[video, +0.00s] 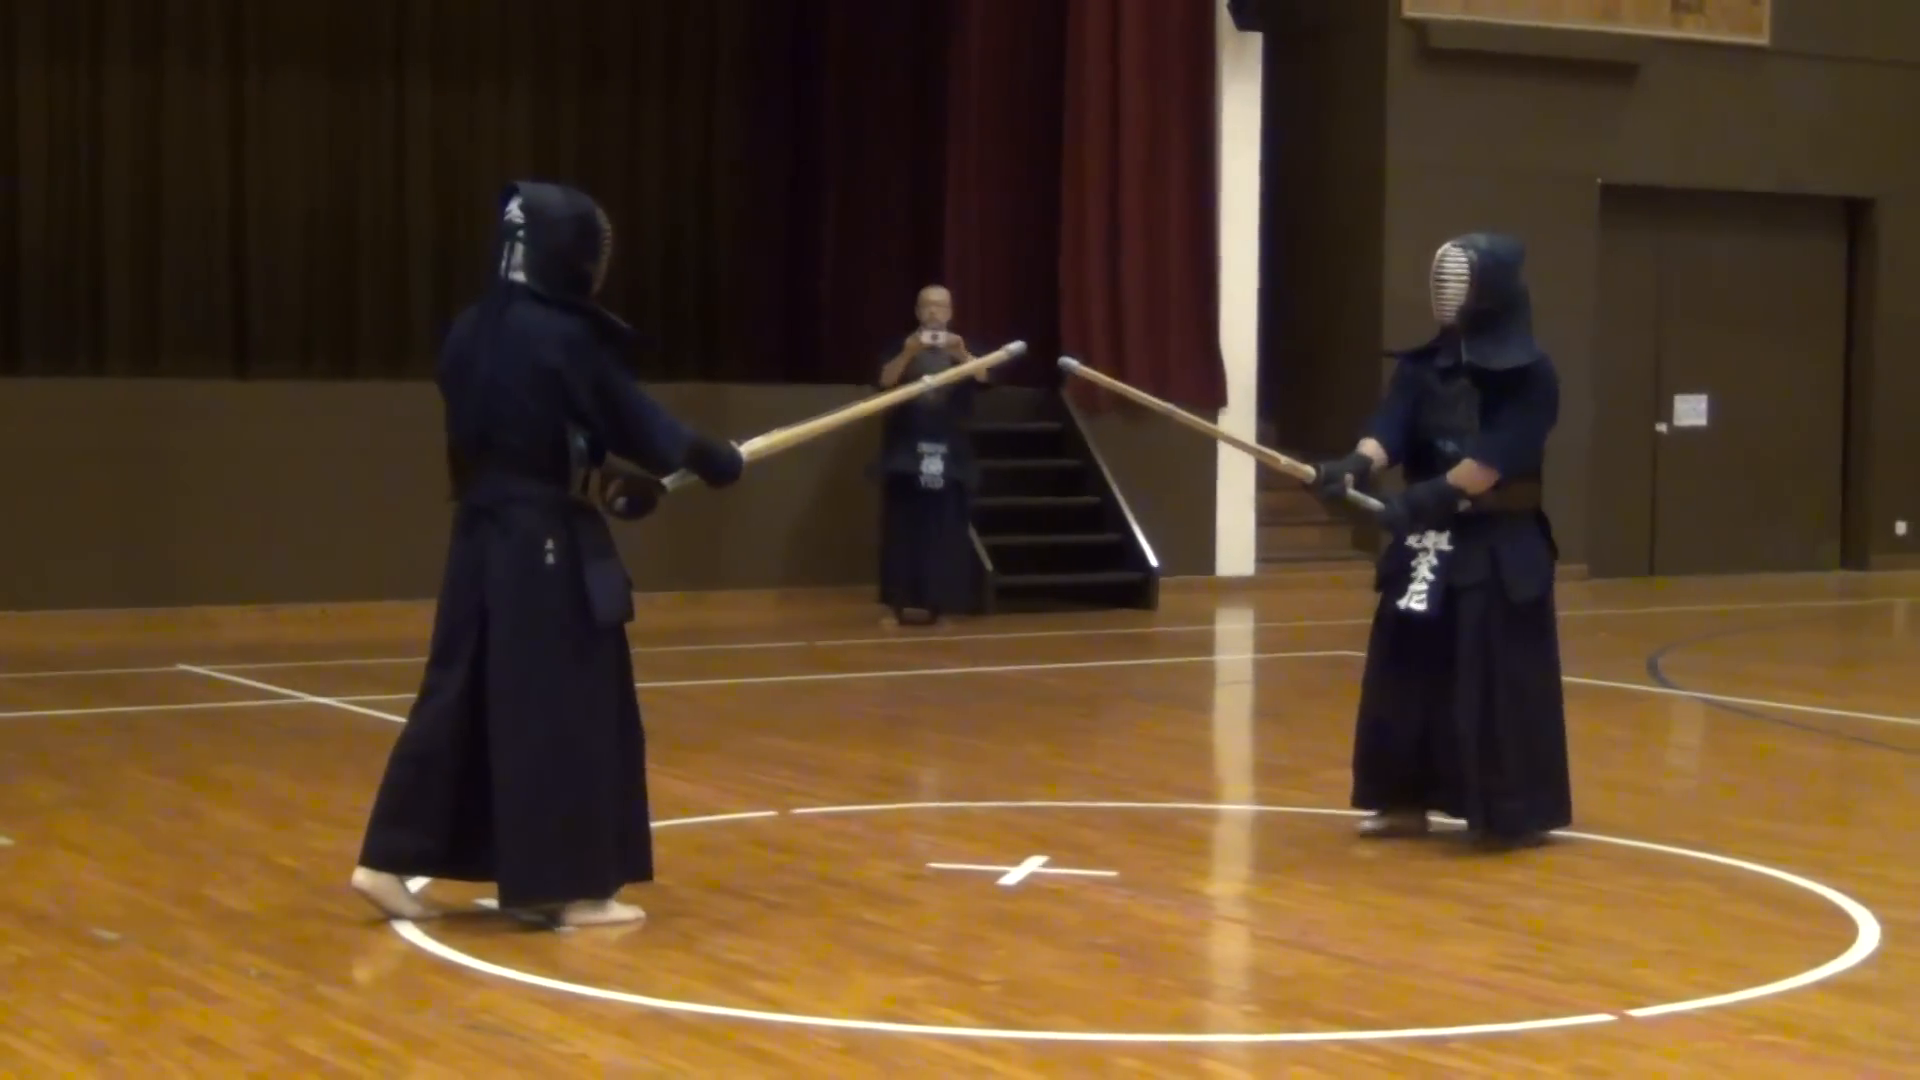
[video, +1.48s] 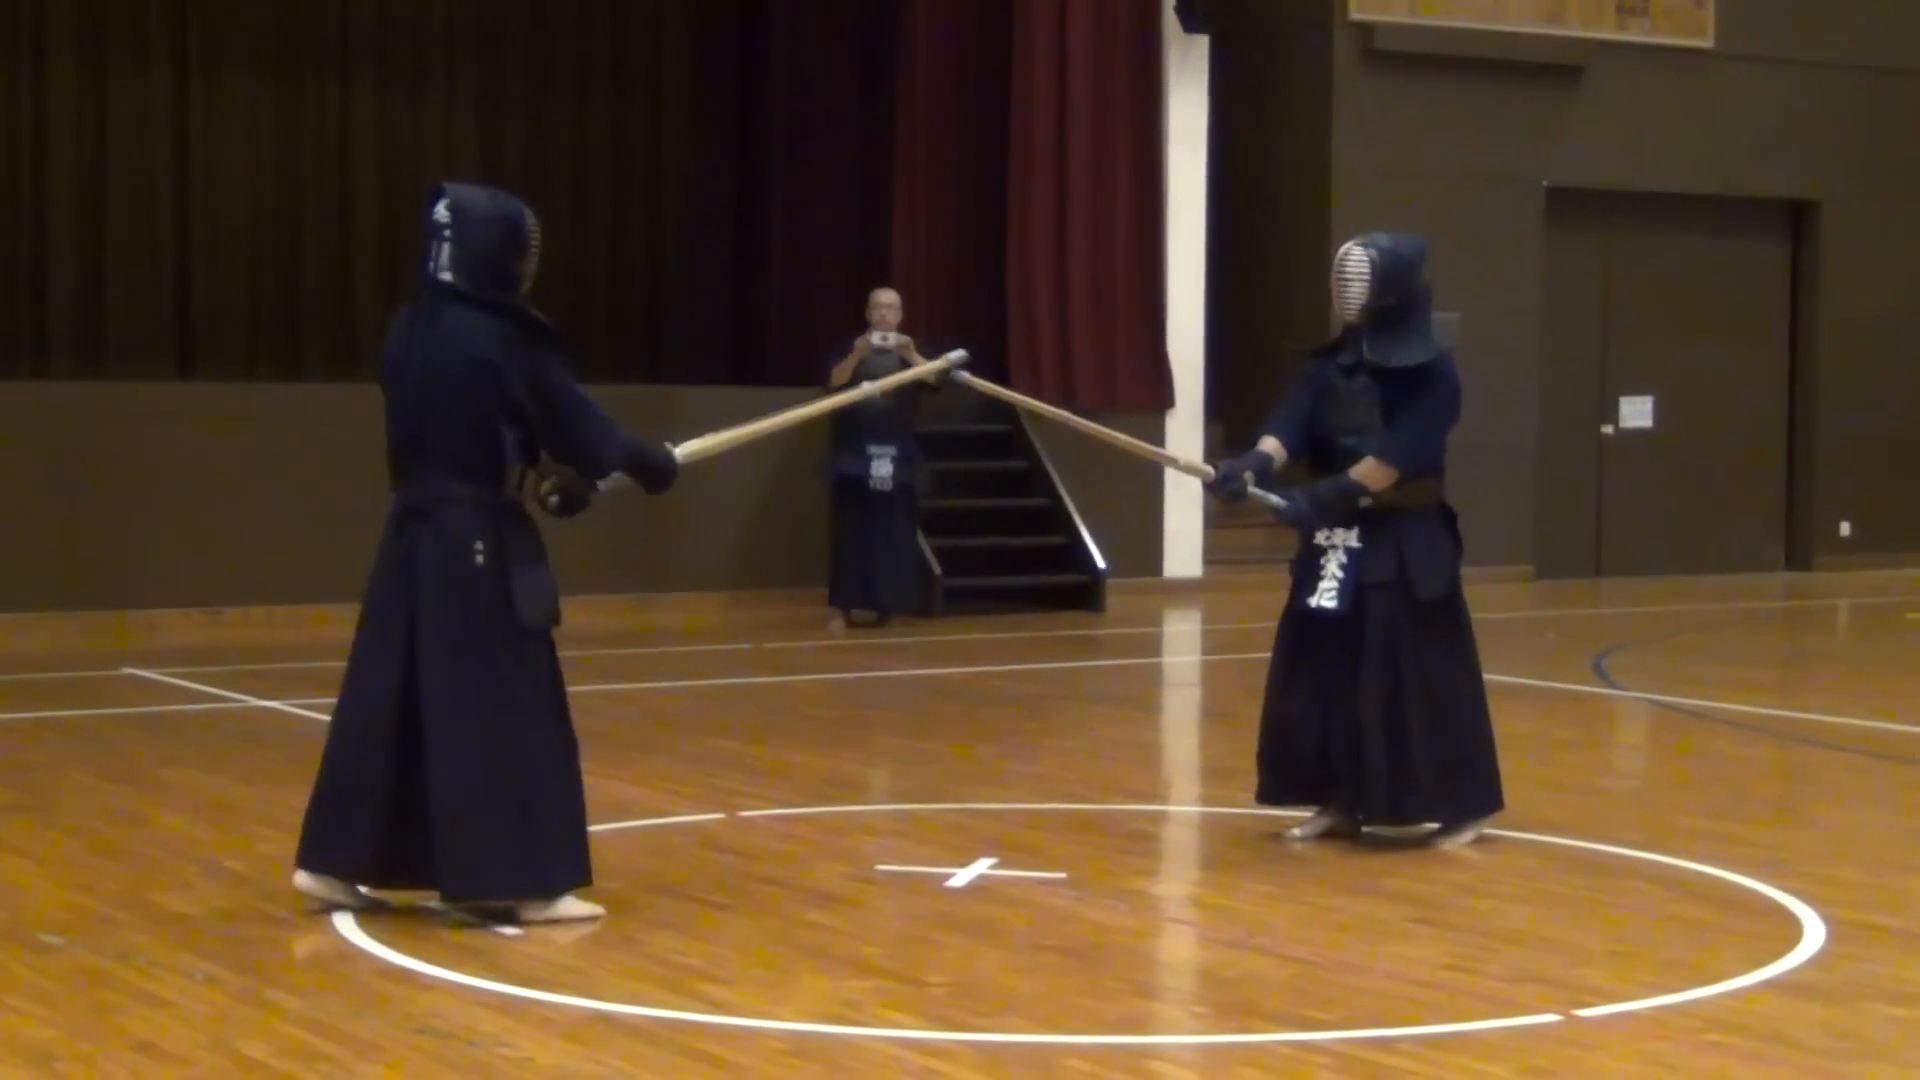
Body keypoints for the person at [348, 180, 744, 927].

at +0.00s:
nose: (603, 266)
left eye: (603, 251)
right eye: (597, 252)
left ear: (520, 251)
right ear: (571, 256)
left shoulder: (473, 329)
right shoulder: (569, 336)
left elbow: (512, 440)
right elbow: (634, 420)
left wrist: (599, 475)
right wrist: (707, 453)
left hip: (479, 539)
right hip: (547, 543)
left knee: (459, 694)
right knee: (572, 706)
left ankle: (389, 859)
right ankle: (573, 889)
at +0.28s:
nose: (575, 263)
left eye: (574, 249)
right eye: (569, 250)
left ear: (492, 251)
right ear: (547, 256)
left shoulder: (452, 329)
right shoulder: (550, 338)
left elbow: (484, 451)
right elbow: (613, 429)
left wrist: (576, 479)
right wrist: (677, 458)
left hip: (459, 542)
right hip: (526, 547)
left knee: (434, 699)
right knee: (550, 712)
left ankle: (369, 864)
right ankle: (554, 889)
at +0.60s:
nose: (558, 263)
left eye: (557, 249)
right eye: (553, 250)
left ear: (475, 250)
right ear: (534, 256)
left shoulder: (438, 329)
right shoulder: (545, 333)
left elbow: (467, 446)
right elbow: (628, 412)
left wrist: (564, 485)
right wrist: (681, 463)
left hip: (448, 541)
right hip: (519, 546)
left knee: (423, 700)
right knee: (542, 712)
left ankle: (354, 864)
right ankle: (551, 888)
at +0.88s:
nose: (569, 263)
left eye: (568, 249)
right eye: (564, 250)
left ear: (489, 248)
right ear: (541, 255)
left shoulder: (448, 329)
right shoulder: (548, 339)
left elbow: (486, 439)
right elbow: (619, 428)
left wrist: (571, 471)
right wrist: (688, 462)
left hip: (455, 538)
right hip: (524, 544)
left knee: (430, 700)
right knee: (542, 710)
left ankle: (370, 867)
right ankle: (545, 885)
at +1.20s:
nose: (575, 262)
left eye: (575, 248)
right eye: (568, 249)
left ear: (490, 249)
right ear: (544, 254)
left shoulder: (447, 327)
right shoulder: (552, 336)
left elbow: (482, 430)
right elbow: (619, 426)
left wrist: (568, 464)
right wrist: (689, 463)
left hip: (450, 540)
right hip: (520, 545)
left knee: (418, 697)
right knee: (543, 711)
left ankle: (350, 858)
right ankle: (552, 887)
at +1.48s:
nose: (530, 266)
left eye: (528, 252)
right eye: (524, 253)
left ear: (449, 254)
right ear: (502, 259)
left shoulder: (411, 332)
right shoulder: (508, 341)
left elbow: (449, 438)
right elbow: (581, 429)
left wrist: (532, 473)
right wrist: (648, 459)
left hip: (410, 544)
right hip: (481, 549)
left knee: (383, 698)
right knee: (510, 714)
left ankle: (331, 860)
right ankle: (525, 884)